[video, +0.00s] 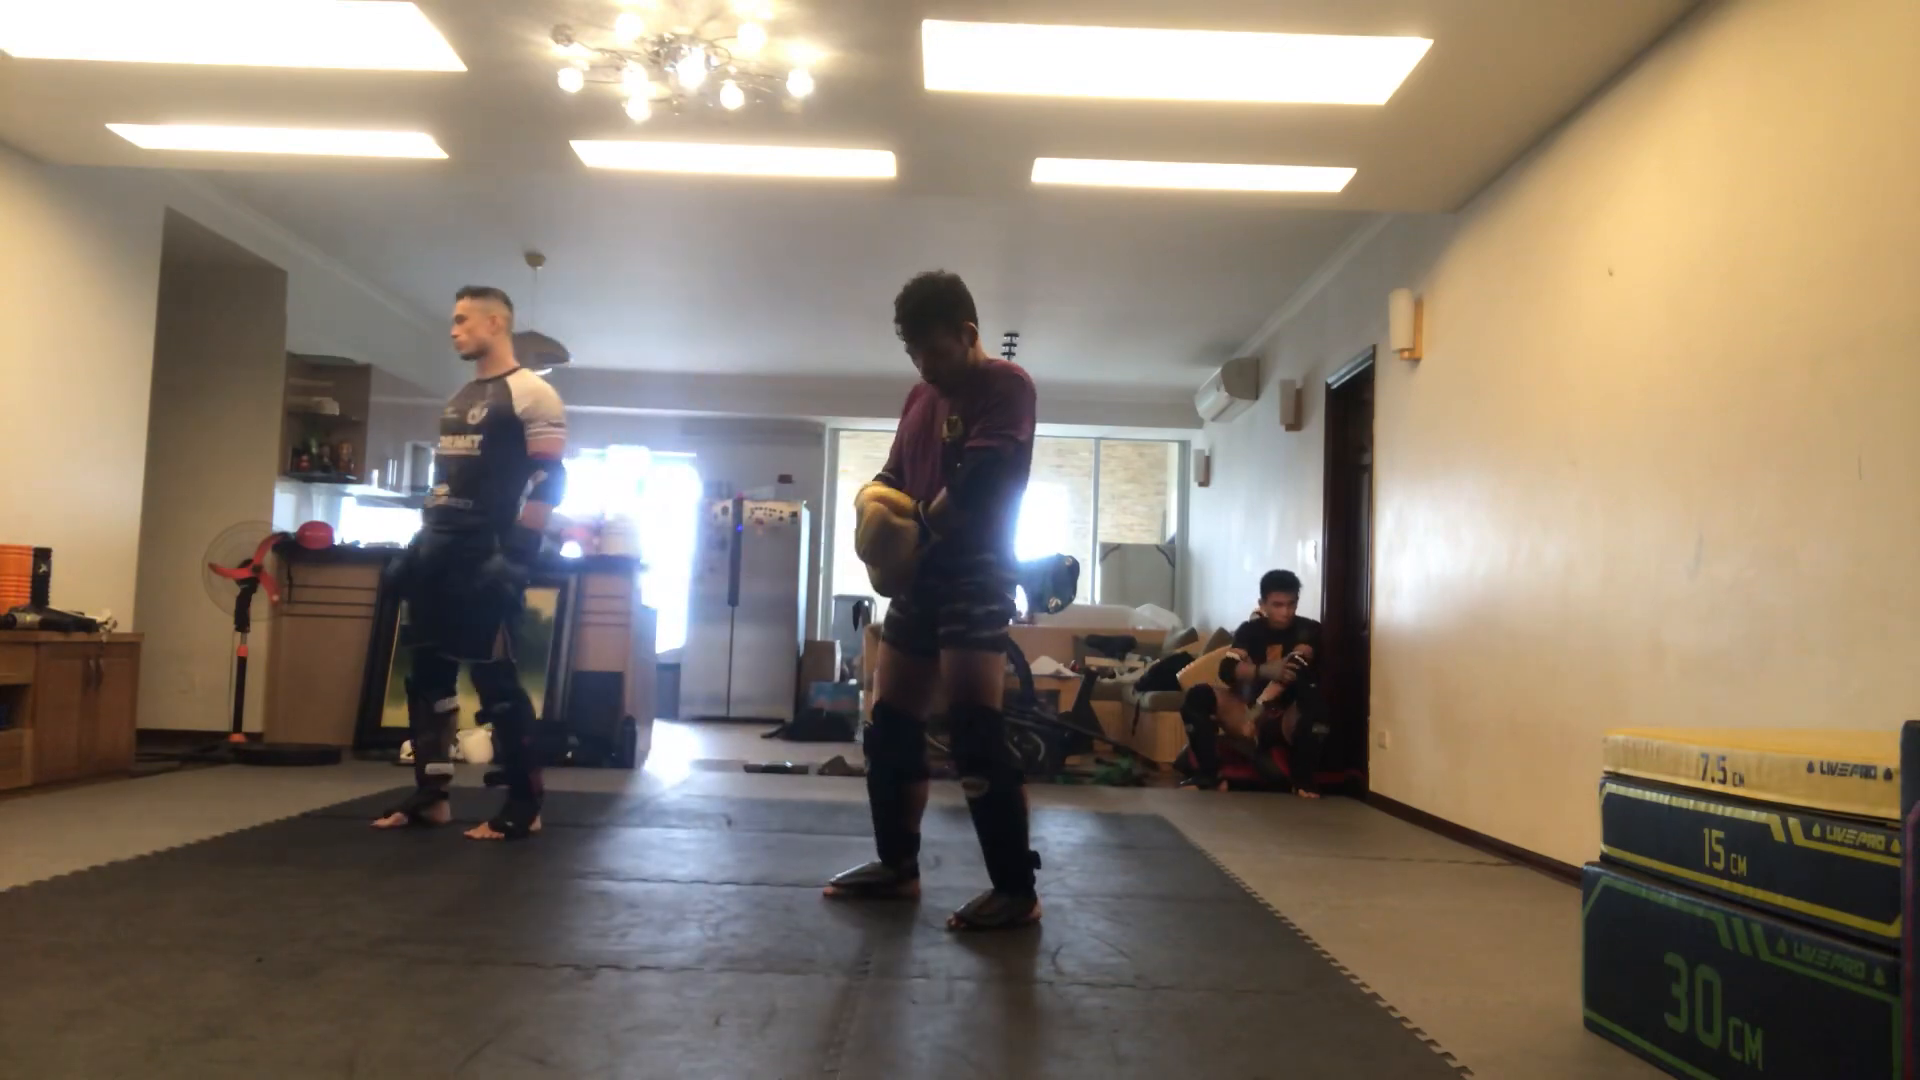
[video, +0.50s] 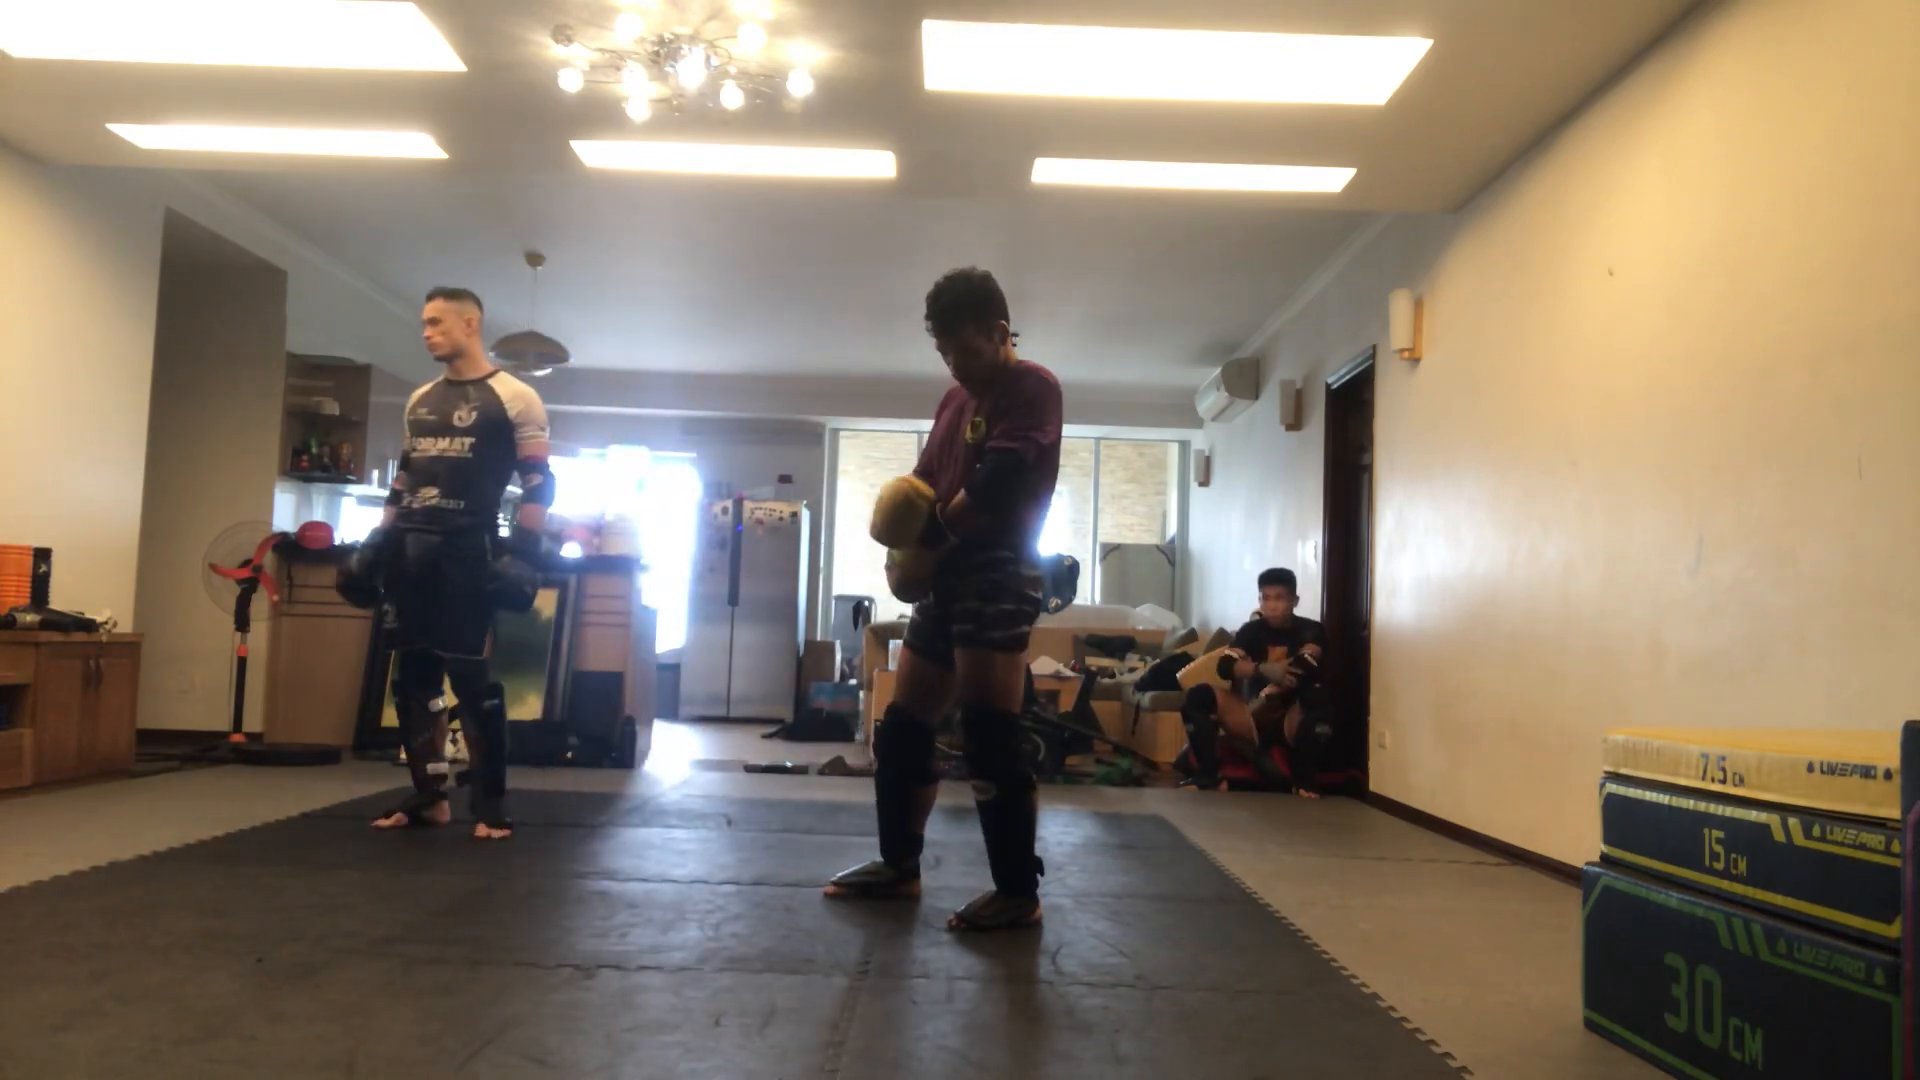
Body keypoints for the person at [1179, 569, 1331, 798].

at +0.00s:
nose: (1285, 612)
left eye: (1291, 604)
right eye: (1277, 605)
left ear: (1297, 603)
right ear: (1263, 605)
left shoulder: (1309, 630)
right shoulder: (1249, 630)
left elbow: (1293, 671)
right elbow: (1227, 669)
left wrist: (1259, 707)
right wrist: (1266, 670)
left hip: (1287, 714)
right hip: (1247, 711)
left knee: (1313, 704)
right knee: (1198, 697)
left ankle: (1303, 782)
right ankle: (1208, 776)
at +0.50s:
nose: (1271, 605)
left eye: (1279, 598)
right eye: (1266, 598)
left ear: (1294, 601)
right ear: (1260, 601)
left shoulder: (1311, 630)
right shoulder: (1251, 630)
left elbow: (1305, 667)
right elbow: (1225, 665)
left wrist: (1273, 692)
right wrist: (1265, 669)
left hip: (1292, 716)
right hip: (1249, 717)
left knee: (1318, 696)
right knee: (1199, 696)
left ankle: (1304, 780)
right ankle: (1207, 775)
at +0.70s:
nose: (1268, 604)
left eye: (1276, 598)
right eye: (1264, 598)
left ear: (1294, 601)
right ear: (1259, 600)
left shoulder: (1311, 630)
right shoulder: (1251, 632)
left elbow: (1325, 661)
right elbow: (1214, 663)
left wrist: (1274, 679)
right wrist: (1238, 679)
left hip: (1292, 716)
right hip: (1249, 716)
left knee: (1316, 697)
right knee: (1200, 697)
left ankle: (1304, 781)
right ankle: (1208, 776)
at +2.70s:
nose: (1250, 613)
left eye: (1257, 608)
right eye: (1248, 606)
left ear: (1279, 611)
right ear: (1245, 604)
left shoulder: (1302, 630)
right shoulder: (1242, 632)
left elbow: (1324, 668)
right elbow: (1212, 668)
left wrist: (1277, 691)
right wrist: (1223, 690)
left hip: (1292, 715)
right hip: (1253, 713)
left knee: (1316, 703)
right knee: (1198, 698)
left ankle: (1306, 782)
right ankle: (1208, 776)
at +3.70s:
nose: (1245, 617)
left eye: (1251, 610)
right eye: (1243, 610)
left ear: (1274, 610)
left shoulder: (1304, 633)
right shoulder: (1242, 633)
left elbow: (1330, 671)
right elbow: (1211, 668)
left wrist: (1281, 669)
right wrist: (1223, 691)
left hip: (1292, 720)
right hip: (1250, 719)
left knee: (1320, 704)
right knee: (1198, 698)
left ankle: (1306, 781)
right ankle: (1208, 777)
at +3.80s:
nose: (1245, 619)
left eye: (1251, 612)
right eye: (1243, 612)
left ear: (1274, 611)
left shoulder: (1305, 633)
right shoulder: (1242, 633)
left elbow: (1324, 674)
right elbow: (1211, 669)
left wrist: (1278, 647)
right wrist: (1224, 691)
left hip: (1294, 720)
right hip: (1252, 719)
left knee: (1320, 699)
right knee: (1198, 698)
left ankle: (1306, 781)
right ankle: (1208, 777)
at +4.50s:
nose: (1246, 620)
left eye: (1252, 613)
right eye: (1243, 613)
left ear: (1273, 609)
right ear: (1240, 610)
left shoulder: (1304, 632)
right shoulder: (1241, 632)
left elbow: (1314, 675)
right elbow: (1210, 669)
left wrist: (1276, 637)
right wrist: (1222, 690)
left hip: (1291, 720)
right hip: (1251, 719)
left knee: (1317, 696)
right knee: (1198, 698)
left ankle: (1305, 780)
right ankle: (1207, 776)